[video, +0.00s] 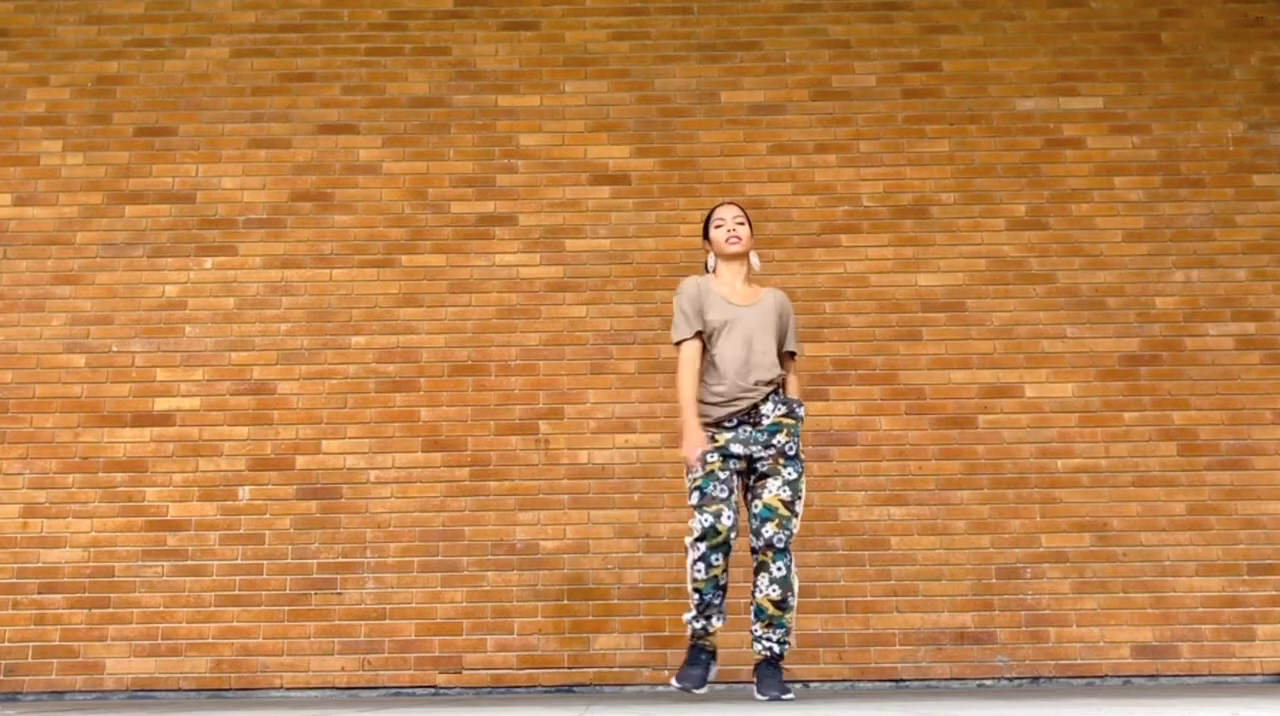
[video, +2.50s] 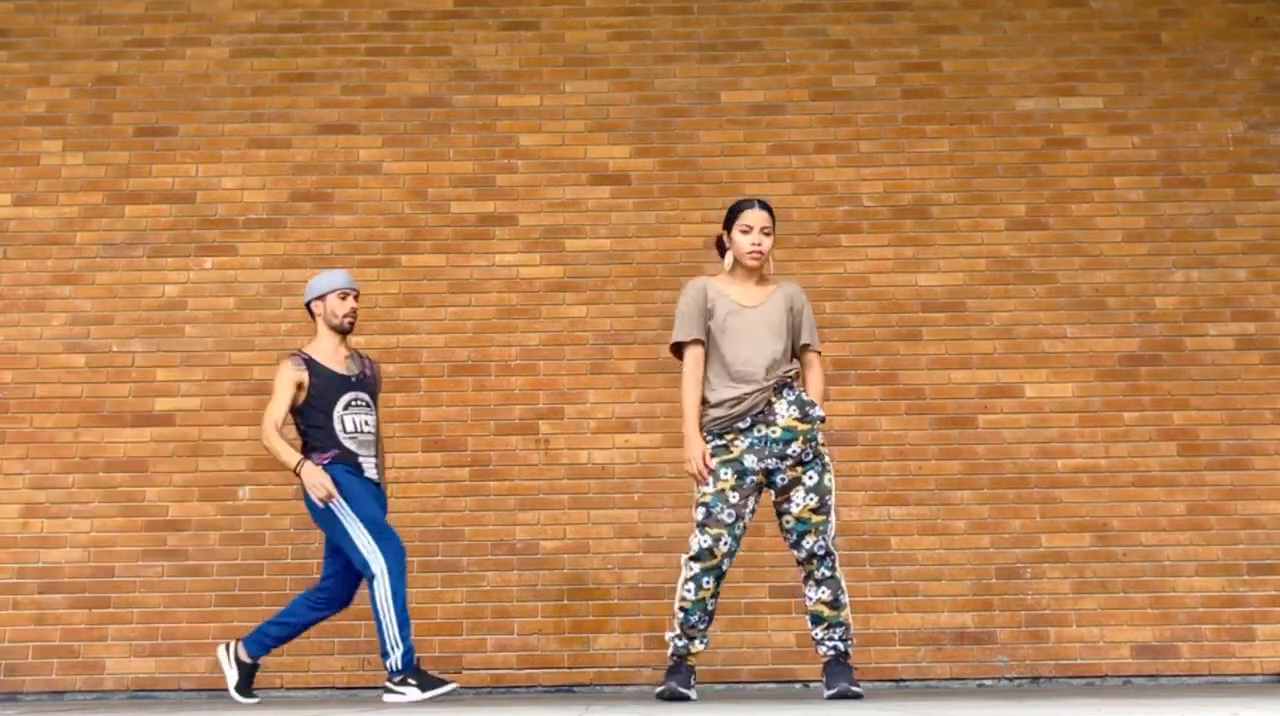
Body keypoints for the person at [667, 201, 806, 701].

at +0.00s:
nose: (731, 228)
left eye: (739, 222)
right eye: (721, 224)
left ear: (753, 237)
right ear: (708, 242)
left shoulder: (776, 300)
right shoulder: (694, 290)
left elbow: (788, 370)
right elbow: (688, 363)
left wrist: (793, 423)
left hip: (775, 427)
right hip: (716, 428)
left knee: (773, 540)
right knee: (711, 534)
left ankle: (770, 661)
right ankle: (700, 648)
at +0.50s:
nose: (735, 216)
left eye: (743, 209)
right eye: (724, 212)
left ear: (759, 224)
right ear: (711, 231)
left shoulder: (773, 288)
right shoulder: (688, 280)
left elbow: (776, 357)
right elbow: (642, 324)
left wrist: (792, 402)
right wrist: (618, 319)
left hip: (770, 431)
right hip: (704, 436)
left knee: (801, 542)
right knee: (682, 547)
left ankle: (834, 659)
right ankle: (642, 662)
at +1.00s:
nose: (698, 238)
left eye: (709, 229)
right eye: (695, 231)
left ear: (738, 236)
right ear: (694, 240)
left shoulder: (769, 299)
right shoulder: (682, 295)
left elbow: (774, 368)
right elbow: (666, 355)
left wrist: (787, 390)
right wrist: (653, 381)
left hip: (768, 433)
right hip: (704, 438)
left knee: (804, 541)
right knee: (671, 542)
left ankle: (835, 659)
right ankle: (655, 655)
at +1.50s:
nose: (703, 247)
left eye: (716, 240)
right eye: (701, 236)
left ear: (742, 251)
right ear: (696, 243)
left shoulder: (765, 306)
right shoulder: (677, 301)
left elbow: (774, 372)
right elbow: (667, 361)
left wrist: (788, 399)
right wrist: (652, 400)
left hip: (766, 436)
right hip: (704, 442)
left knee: (805, 541)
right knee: (663, 536)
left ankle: (835, 660)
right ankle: (673, 655)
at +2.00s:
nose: (725, 249)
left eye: (738, 246)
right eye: (722, 238)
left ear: (750, 257)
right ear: (709, 238)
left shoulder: (769, 299)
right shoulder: (679, 305)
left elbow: (801, 360)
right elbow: (676, 370)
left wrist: (796, 414)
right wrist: (670, 430)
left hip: (774, 432)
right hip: (712, 443)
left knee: (811, 543)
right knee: (681, 546)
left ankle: (836, 661)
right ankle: (677, 667)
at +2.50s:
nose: (756, 240)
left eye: (765, 232)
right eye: (746, 231)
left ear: (773, 240)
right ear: (727, 237)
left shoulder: (791, 295)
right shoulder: (702, 292)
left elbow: (812, 363)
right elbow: (693, 366)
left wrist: (812, 417)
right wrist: (692, 433)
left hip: (791, 428)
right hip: (727, 433)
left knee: (815, 544)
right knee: (710, 547)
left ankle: (837, 661)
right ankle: (681, 664)